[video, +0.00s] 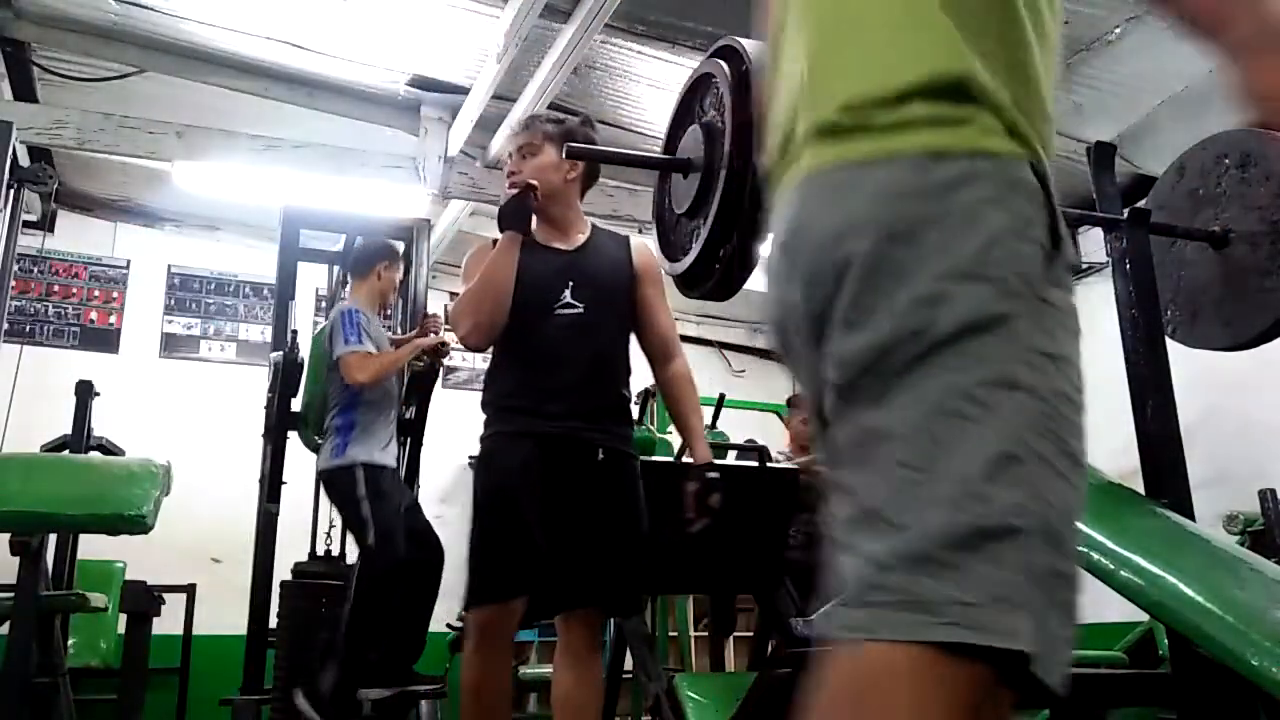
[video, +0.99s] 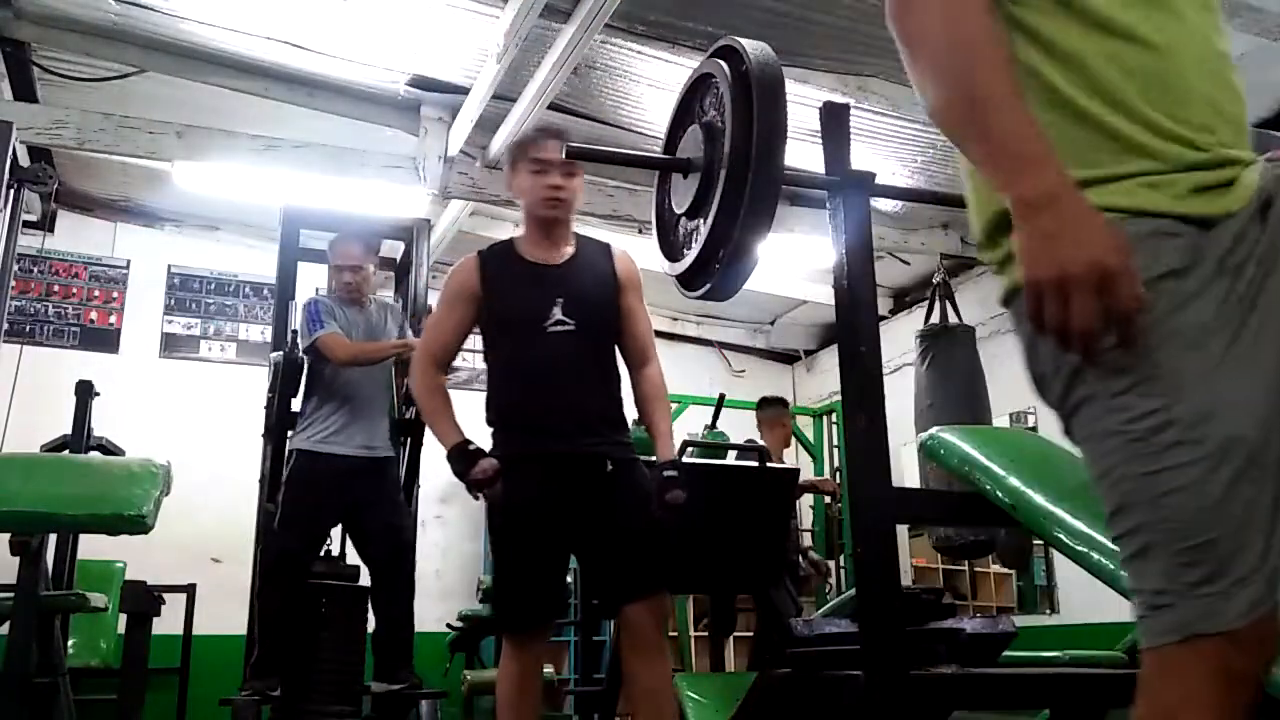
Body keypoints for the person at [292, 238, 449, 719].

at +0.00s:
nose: (398, 286)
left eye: (399, 277)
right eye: (397, 276)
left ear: (369, 271)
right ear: (381, 270)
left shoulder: (369, 322)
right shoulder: (350, 315)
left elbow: (377, 364)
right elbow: (357, 371)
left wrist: (414, 340)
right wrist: (411, 349)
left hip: (381, 465)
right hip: (353, 465)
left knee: (427, 553)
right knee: (389, 557)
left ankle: (392, 673)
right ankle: (337, 684)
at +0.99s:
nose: (348, 278)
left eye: (357, 270)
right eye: (340, 270)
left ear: (374, 270)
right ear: (328, 270)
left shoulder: (393, 316)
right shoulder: (317, 308)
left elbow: (419, 361)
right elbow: (341, 352)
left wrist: (424, 366)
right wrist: (403, 345)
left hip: (376, 462)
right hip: (317, 458)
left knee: (395, 570)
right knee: (283, 568)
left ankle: (395, 673)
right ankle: (265, 674)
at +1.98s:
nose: (348, 288)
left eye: (357, 280)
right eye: (342, 280)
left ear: (379, 277)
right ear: (335, 277)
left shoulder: (403, 314)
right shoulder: (326, 311)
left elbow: (420, 373)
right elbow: (308, 355)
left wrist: (426, 341)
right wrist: (293, 318)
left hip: (377, 455)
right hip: (320, 453)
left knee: (385, 568)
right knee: (294, 561)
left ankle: (395, 670)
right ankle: (281, 667)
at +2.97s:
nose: (366, 283)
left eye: (374, 276)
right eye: (358, 274)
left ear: (385, 279)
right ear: (343, 275)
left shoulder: (401, 317)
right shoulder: (320, 312)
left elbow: (414, 375)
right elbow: (303, 365)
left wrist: (429, 344)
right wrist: (289, 332)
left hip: (379, 458)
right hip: (320, 454)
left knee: (386, 573)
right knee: (296, 566)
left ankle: (394, 675)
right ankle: (282, 671)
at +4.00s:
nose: (357, 283)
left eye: (364, 276)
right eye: (348, 275)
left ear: (376, 278)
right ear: (334, 276)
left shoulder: (392, 316)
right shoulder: (314, 312)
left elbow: (412, 367)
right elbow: (286, 350)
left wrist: (431, 348)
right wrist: (281, 326)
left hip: (377, 455)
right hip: (318, 454)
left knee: (383, 570)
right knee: (298, 564)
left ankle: (385, 671)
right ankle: (284, 670)